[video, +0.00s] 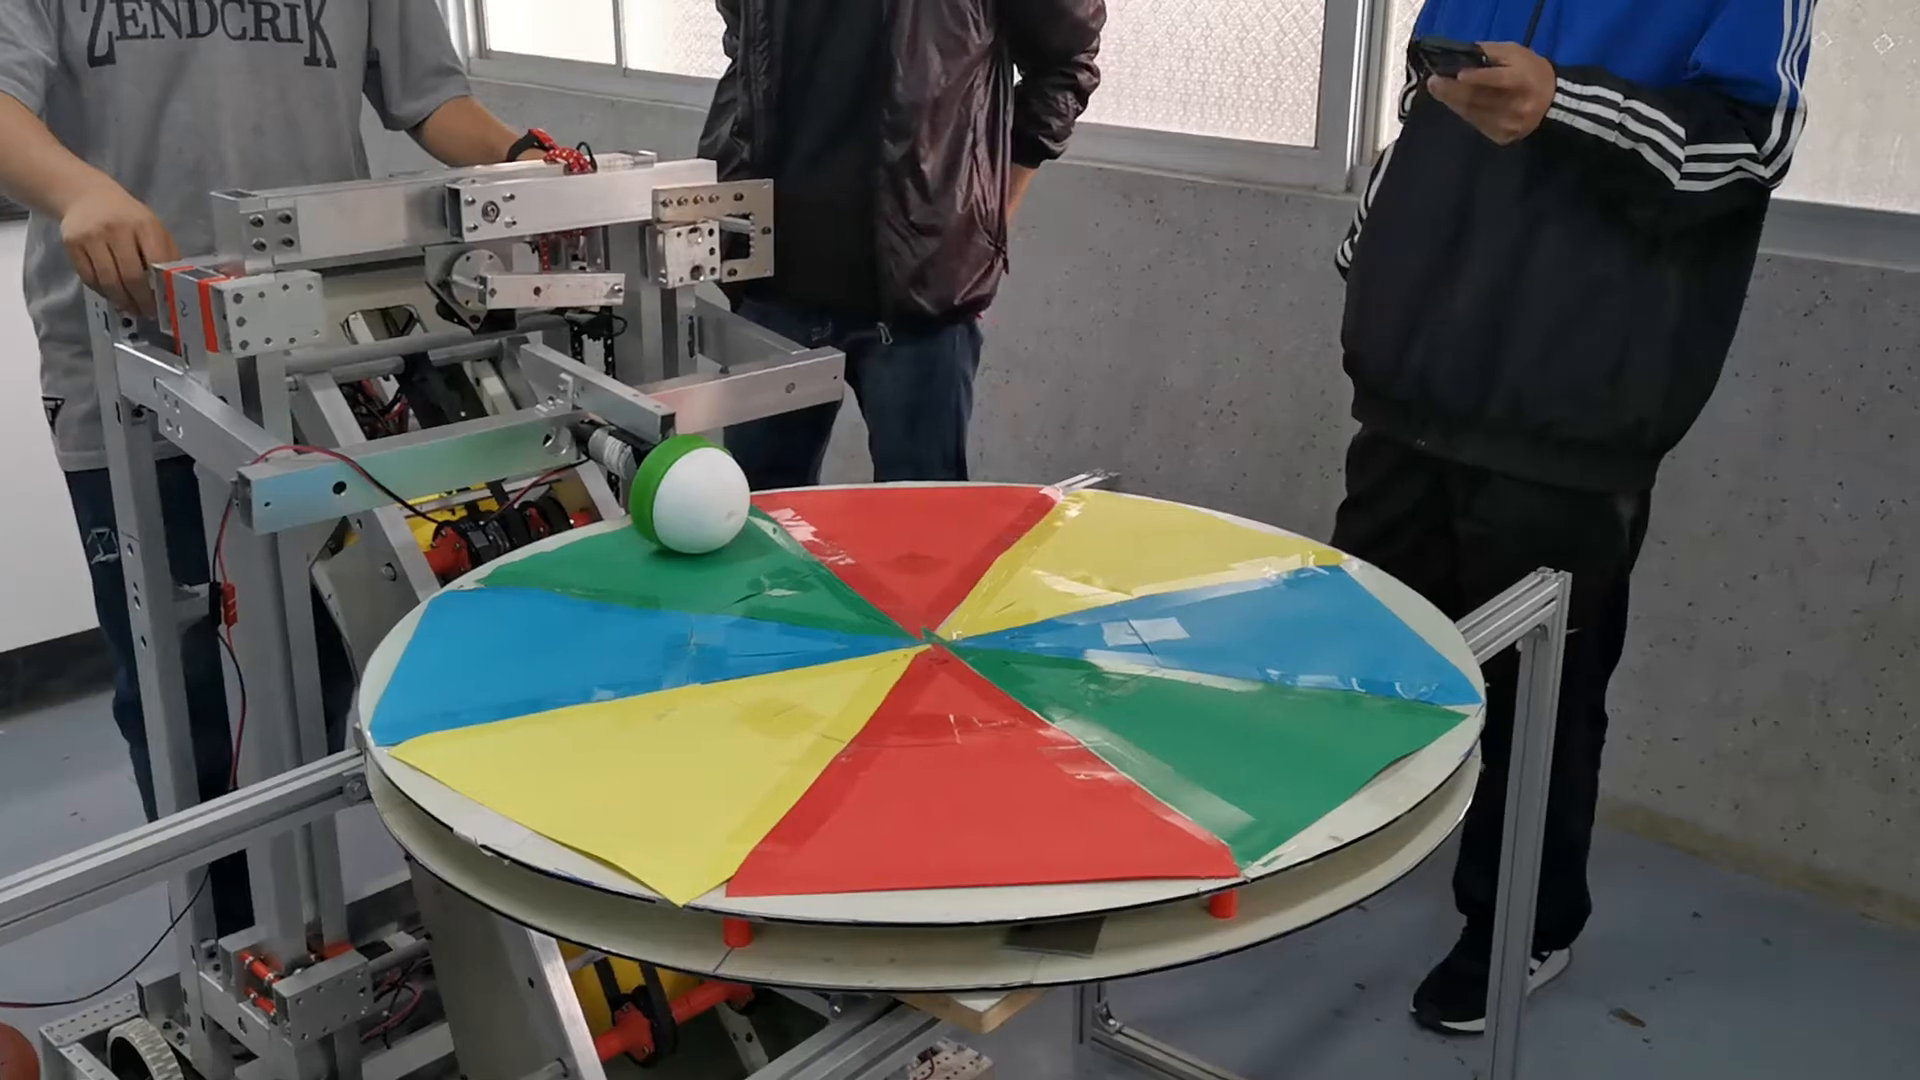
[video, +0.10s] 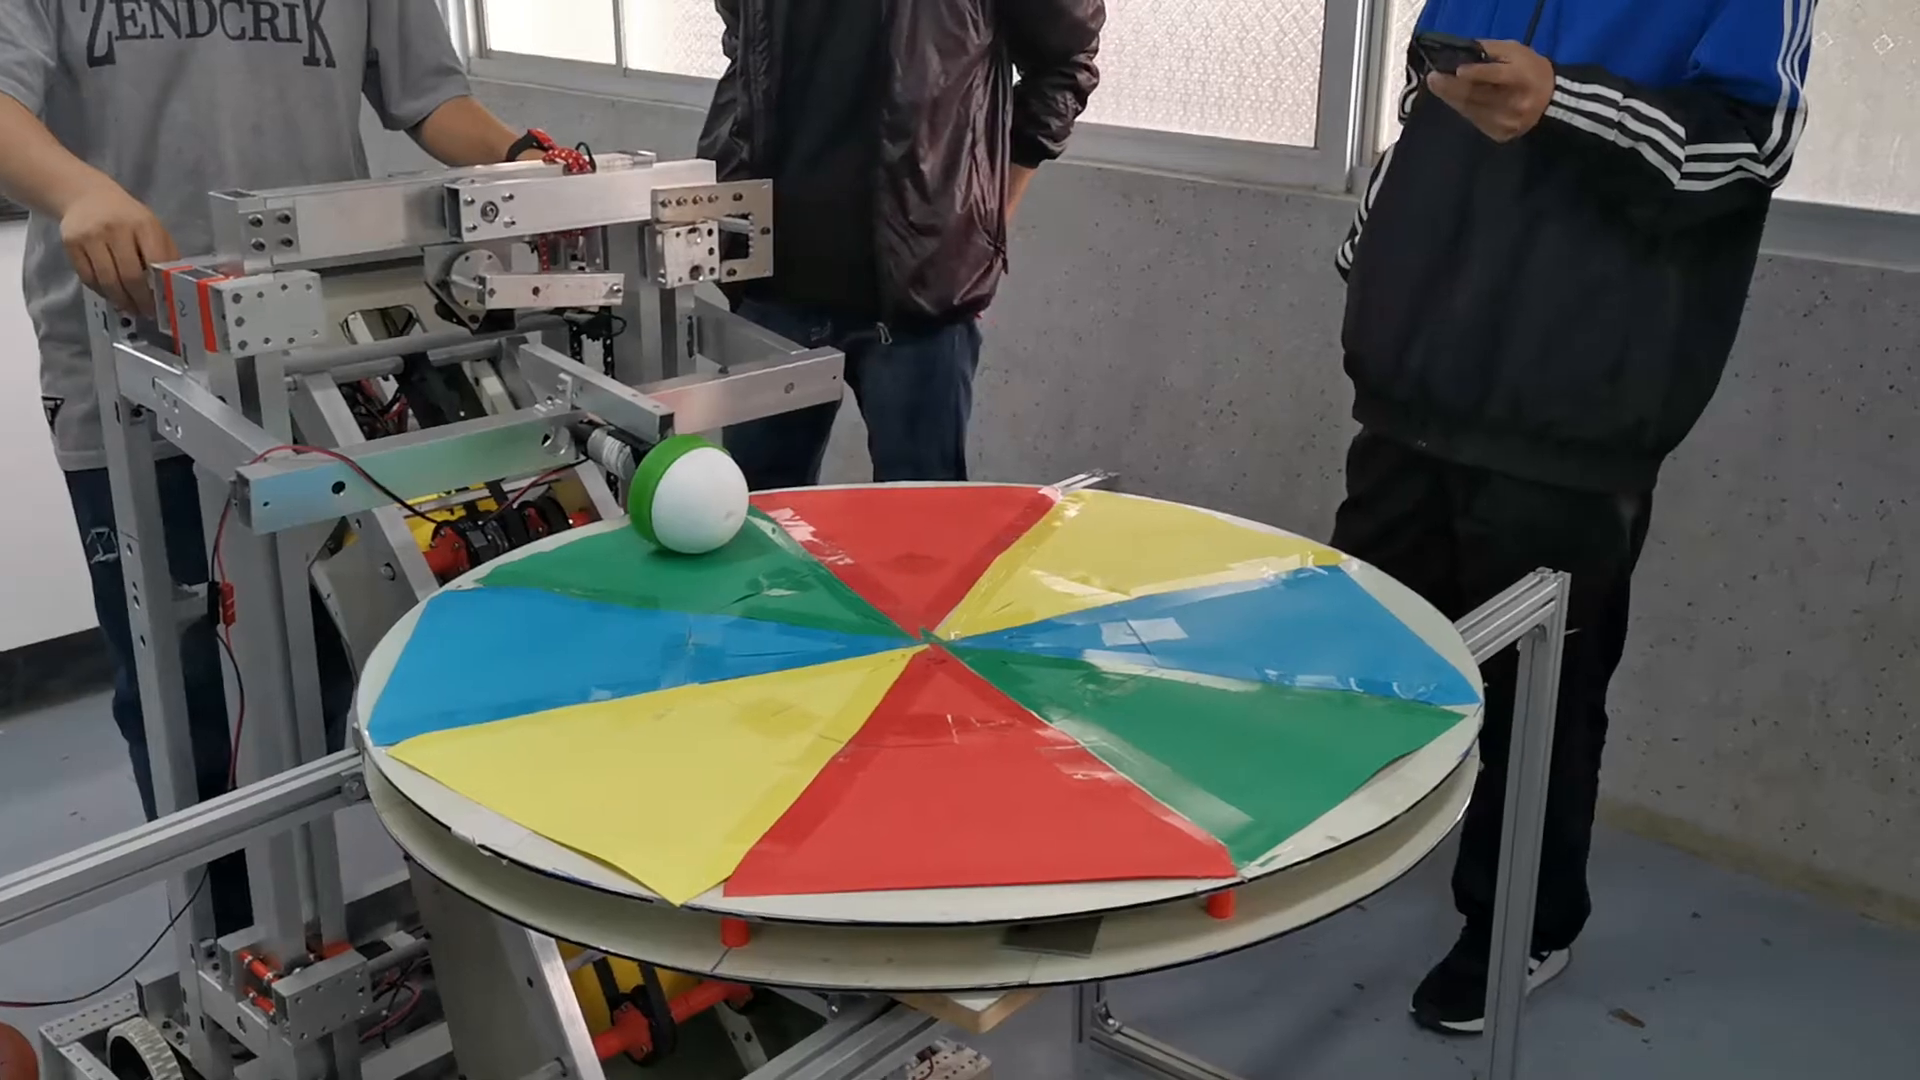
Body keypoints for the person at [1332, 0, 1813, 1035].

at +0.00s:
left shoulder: (1749, 6)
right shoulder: (1477, 4)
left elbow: (1749, 143)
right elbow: (1433, 95)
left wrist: (1557, 106)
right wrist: (1374, 249)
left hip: (1586, 378)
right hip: (1424, 338)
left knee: (1538, 678)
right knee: (1369, 634)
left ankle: (1520, 924)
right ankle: (1299, 855)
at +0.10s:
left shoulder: (1750, 5)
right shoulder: (1481, 3)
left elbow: (1750, 144)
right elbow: (1434, 93)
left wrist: (1557, 102)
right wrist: (1374, 250)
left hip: (1587, 379)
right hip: (1424, 339)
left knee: (1538, 678)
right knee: (1366, 635)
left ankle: (1520, 924)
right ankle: (1290, 859)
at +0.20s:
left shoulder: (1751, 5)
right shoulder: (1484, 4)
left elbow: (1752, 144)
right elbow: (1438, 91)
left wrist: (1557, 102)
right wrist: (1377, 246)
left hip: (1588, 382)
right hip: (1427, 343)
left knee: (1540, 679)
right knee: (1366, 634)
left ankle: (1518, 926)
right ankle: (1295, 857)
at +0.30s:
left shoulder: (1755, 4)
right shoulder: (1486, 5)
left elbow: (1755, 147)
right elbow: (1441, 115)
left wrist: (1556, 104)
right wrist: (1378, 250)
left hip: (1593, 386)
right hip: (1431, 347)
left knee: (1542, 680)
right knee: (1371, 637)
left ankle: (1518, 927)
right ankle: (1299, 859)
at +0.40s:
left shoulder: (1759, 4)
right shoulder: (1492, 6)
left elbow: (1759, 145)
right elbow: (1444, 114)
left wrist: (1557, 106)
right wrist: (1380, 257)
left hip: (1596, 386)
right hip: (1434, 348)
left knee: (1543, 681)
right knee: (1373, 638)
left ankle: (1519, 926)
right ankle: (1298, 859)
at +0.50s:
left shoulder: (1762, 3)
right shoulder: (1496, 5)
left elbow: (1762, 142)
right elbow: (1448, 108)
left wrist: (1560, 100)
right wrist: (1386, 247)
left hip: (1598, 383)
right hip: (1436, 345)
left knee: (1543, 679)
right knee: (1377, 637)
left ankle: (1516, 923)